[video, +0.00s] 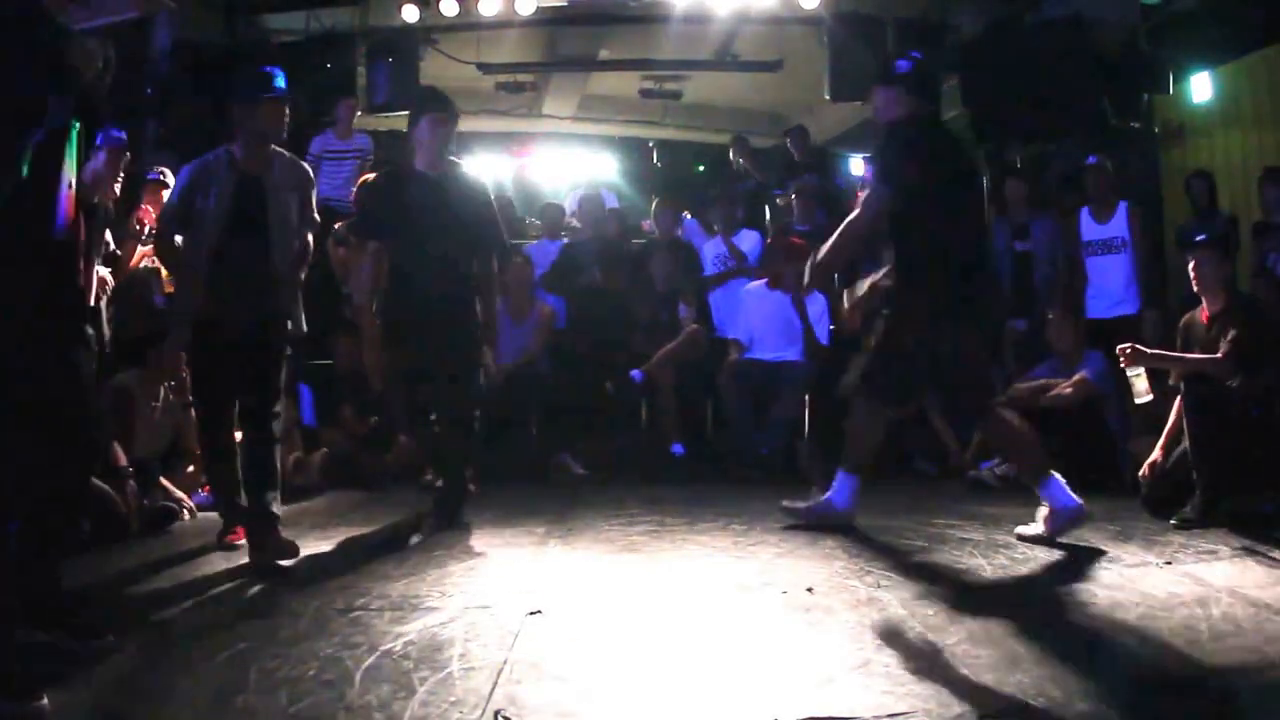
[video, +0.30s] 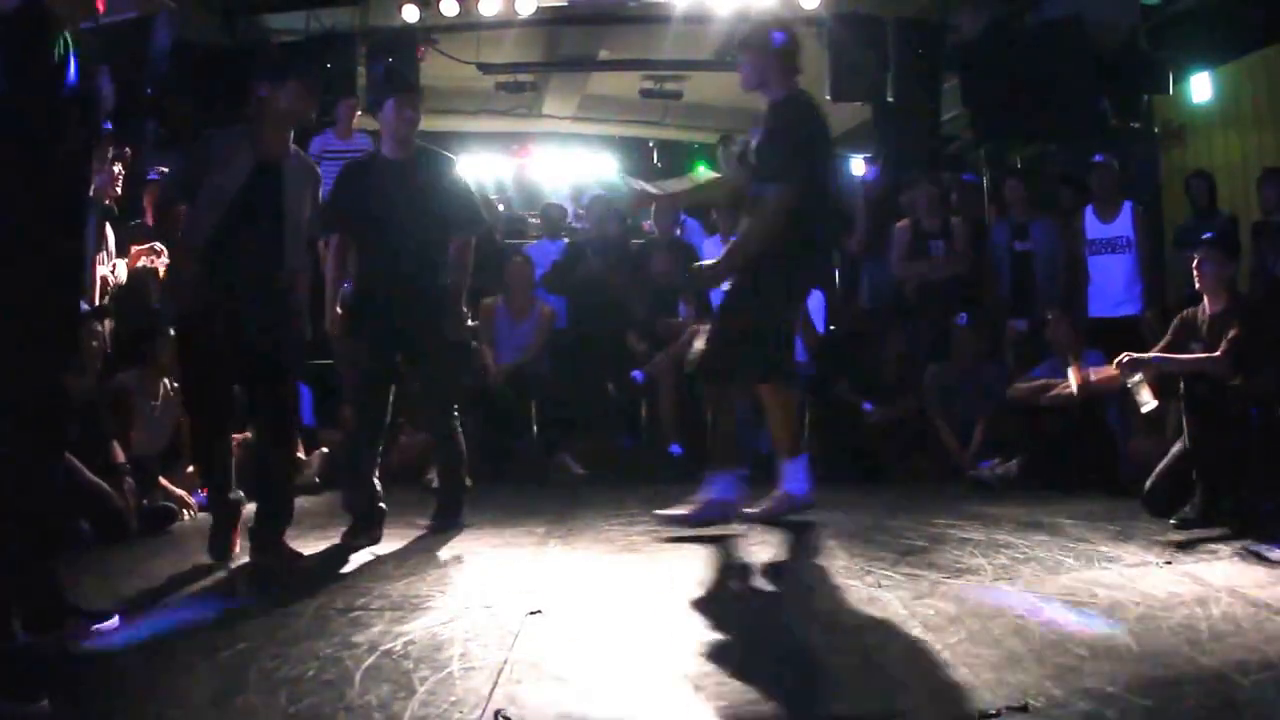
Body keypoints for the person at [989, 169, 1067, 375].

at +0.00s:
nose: (1015, 198)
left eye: (1019, 192)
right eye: (1010, 193)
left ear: (1027, 194)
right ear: (1004, 196)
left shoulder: (1045, 226)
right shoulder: (997, 230)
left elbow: (1056, 264)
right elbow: (993, 268)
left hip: (1040, 295)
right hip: (1009, 296)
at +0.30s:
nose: (1015, 195)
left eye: (1018, 189)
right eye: (1010, 190)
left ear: (1026, 192)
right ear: (1004, 195)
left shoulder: (1046, 227)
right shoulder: (998, 230)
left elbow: (1055, 268)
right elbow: (994, 270)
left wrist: (1054, 304)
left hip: (1041, 303)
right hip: (1009, 304)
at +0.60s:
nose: (1012, 195)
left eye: (1017, 189)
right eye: (1008, 190)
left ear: (1026, 192)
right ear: (1003, 194)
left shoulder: (1042, 225)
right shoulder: (999, 229)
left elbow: (1055, 261)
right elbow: (994, 266)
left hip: (1039, 298)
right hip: (1008, 298)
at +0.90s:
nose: (1013, 196)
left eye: (1017, 190)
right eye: (1009, 191)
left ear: (1026, 193)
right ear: (1002, 195)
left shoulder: (1042, 227)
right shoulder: (998, 230)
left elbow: (1054, 264)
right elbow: (994, 269)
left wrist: (1053, 299)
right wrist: (995, 302)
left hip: (1039, 300)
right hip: (1008, 303)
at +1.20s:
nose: (1014, 197)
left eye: (1018, 190)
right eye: (1009, 191)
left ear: (1027, 194)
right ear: (1003, 196)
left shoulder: (1044, 228)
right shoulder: (998, 230)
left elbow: (1054, 265)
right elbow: (994, 269)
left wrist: (1053, 300)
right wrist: (995, 302)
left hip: (1039, 308)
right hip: (1007, 309)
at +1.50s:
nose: (1015, 197)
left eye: (1018, 190)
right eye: (1010, 191)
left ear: (1029, 193)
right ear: (1003, 196)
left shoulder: (1044, 226)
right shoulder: (998, 229)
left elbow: (1055, 264)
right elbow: (993, 268)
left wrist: (1054, 298)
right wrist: (994, 300)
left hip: (1038, 297)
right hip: (1008, 299)